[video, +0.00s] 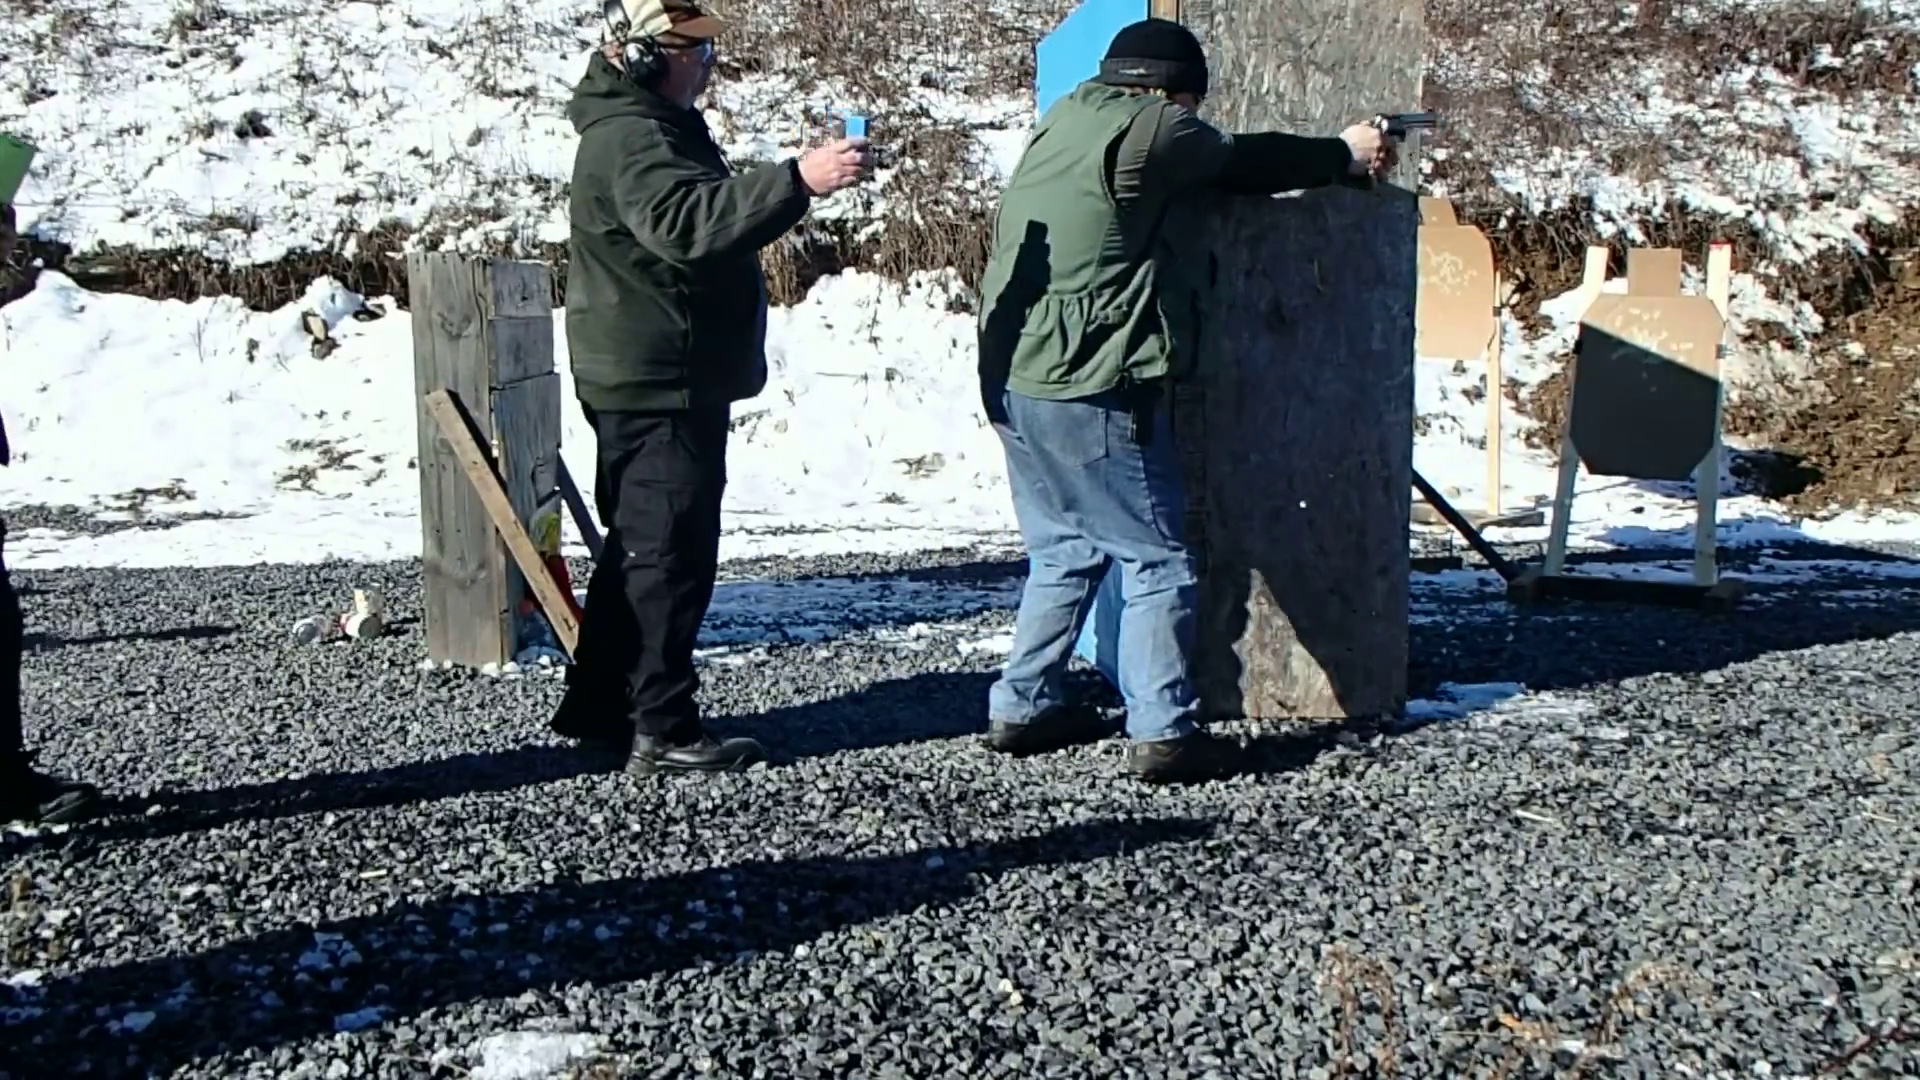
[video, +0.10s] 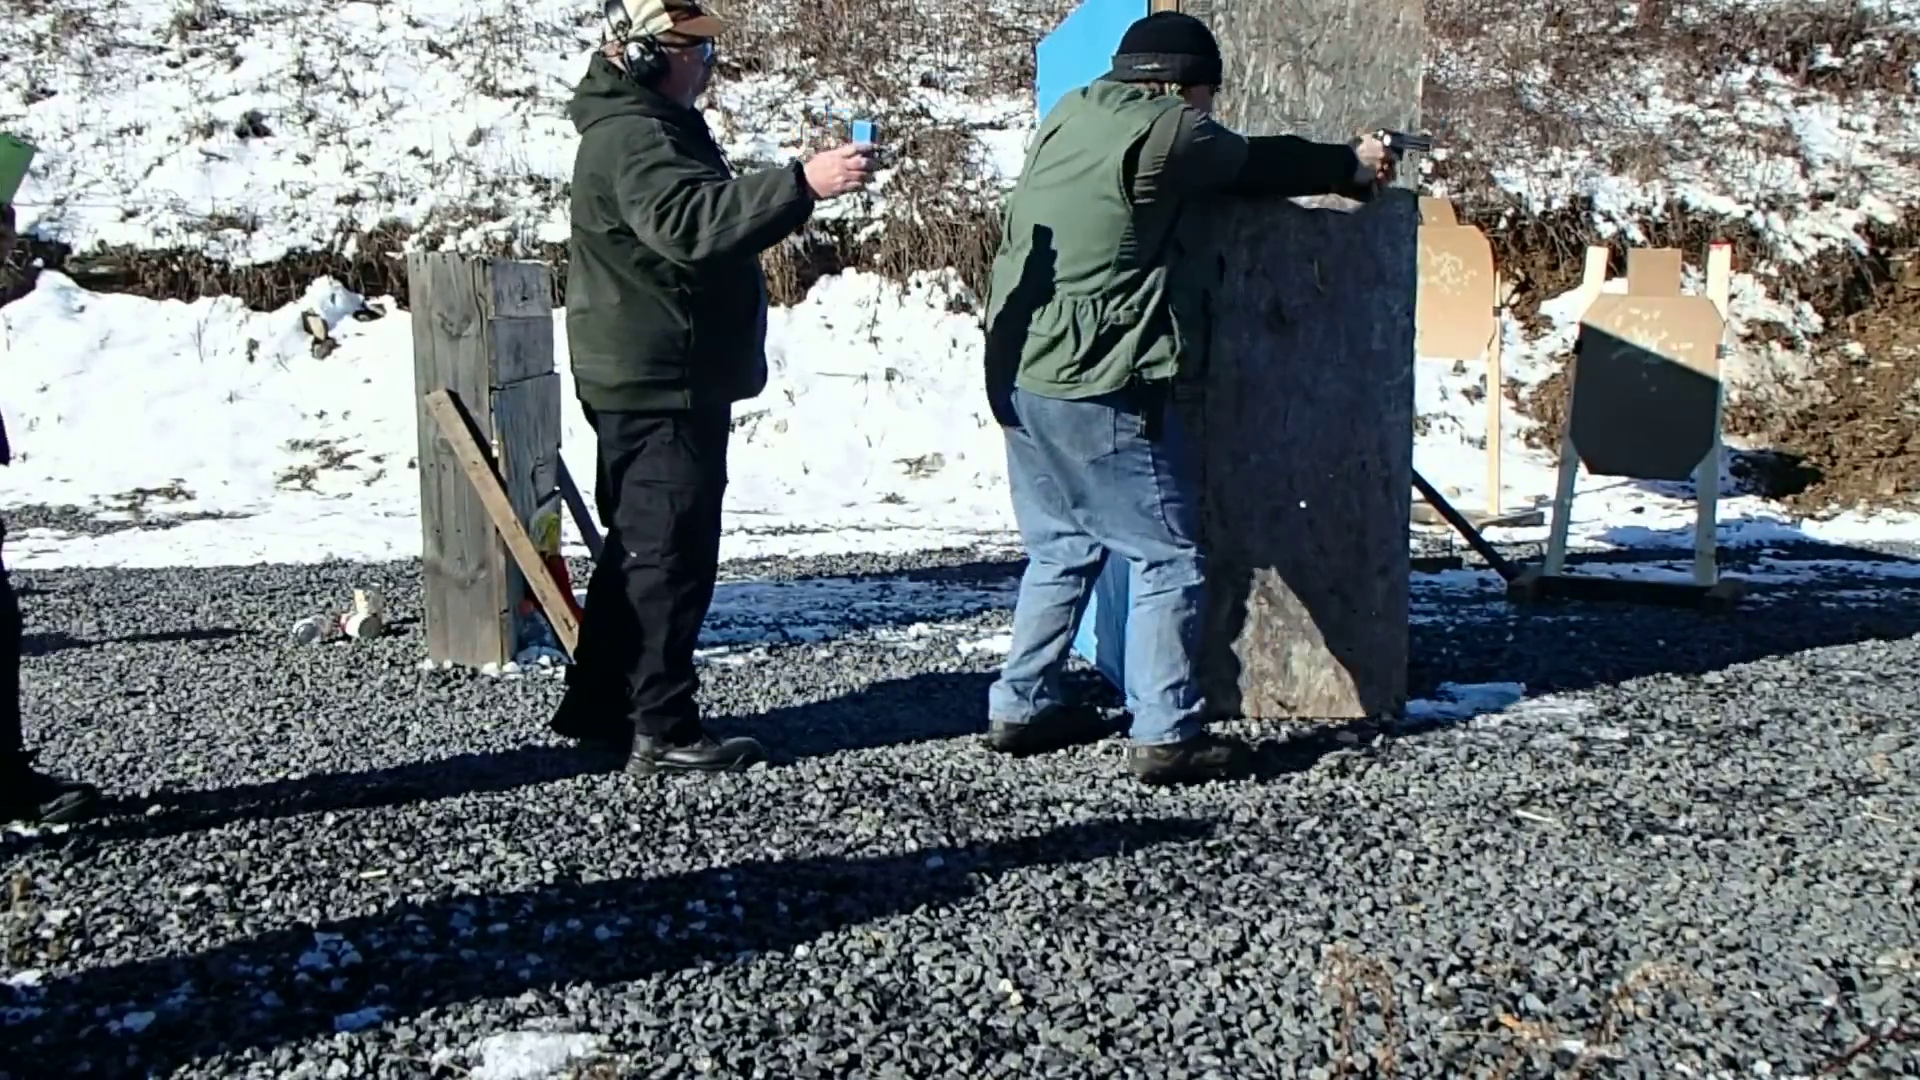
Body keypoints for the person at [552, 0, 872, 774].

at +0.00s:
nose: (710, 65)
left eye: (709, 52)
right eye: (698, 51)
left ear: (647, 56)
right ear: (651, 56)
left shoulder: (658, 126)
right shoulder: (631, 134)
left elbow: (707, 217)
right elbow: (688, 226)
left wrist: (792, 174)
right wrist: (798, 178)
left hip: (669, 379)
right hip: (658, 384)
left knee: (645, 547)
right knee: (671, 555)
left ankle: (598, 706)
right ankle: (662, 731)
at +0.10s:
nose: (709, 64)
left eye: (708, 51)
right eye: (698, 50)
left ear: (644, 55)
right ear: (650, 55)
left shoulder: (654, 126)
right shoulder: (634, 134)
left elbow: (702, 224)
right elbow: (691, 226)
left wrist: (792, 180)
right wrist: (802, 182)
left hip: (664, 380)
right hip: (660, 385)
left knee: (644, 548)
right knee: (671, 556)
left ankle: (599, 705)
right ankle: (662, 730)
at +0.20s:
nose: (713, 63)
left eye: (712, 50)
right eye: (702, 49)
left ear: (647, 55)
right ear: (654, 55)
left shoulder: (651, 125)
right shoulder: (637, 133)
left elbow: (704, 223)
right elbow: (694, 227)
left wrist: (796, 180)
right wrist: (805, 182)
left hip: (659, 379)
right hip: (662, 385)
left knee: (643, 548)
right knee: (673, 556)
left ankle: (598, 706)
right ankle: (663, 731)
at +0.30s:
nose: (717, 63)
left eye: (716, 49)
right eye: (704, 48)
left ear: (650, 55)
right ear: (655, 53)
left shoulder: (654, 122)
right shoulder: (641, 132)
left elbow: (703, 223)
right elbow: (695, 226)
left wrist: (795, 192)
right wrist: (807, 183)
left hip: (657, 377)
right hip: (665, 384)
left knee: (643, 546)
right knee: (674, 555)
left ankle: (600, 704)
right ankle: (662, 731)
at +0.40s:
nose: (718, 62)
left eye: (718, 49)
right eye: (707, 48)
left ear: (653, 54)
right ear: (658, 52)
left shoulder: (658, 122)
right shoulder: (642, 131)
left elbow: (709, 223)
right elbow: (696, 226)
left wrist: (803, 190)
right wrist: (809, 184)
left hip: (661, 377)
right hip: (666, 383)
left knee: (644, 546)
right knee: (674, 554)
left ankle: (600, 703)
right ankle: (662, 731)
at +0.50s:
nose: (720, 63)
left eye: (720, 49)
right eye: (709, 48)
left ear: (658, 53)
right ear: (661, 51)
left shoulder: (666, 123)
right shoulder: (645, 130)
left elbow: (716, 221)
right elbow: (700, 226)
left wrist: (808, 190)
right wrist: (812, 185)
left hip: (669, 378)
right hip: (666, 383)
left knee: (645, 546)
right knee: (675, 554)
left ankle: (600, 702)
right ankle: (662, 731)